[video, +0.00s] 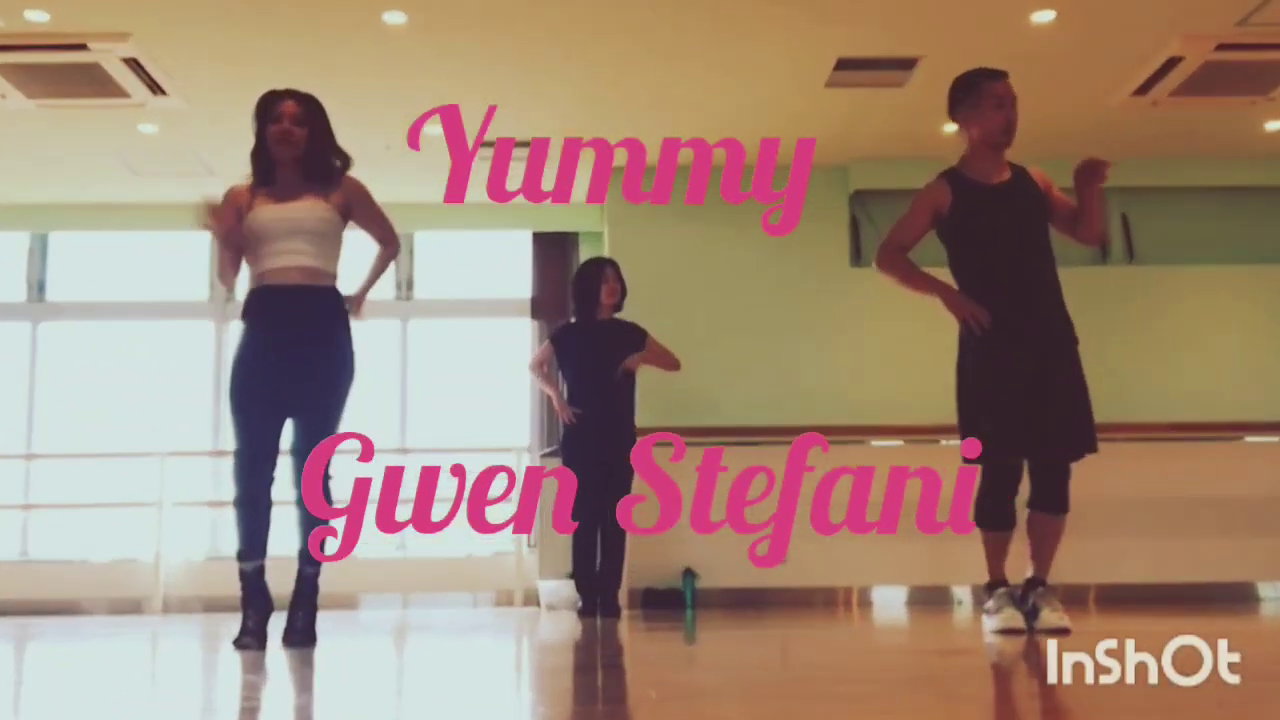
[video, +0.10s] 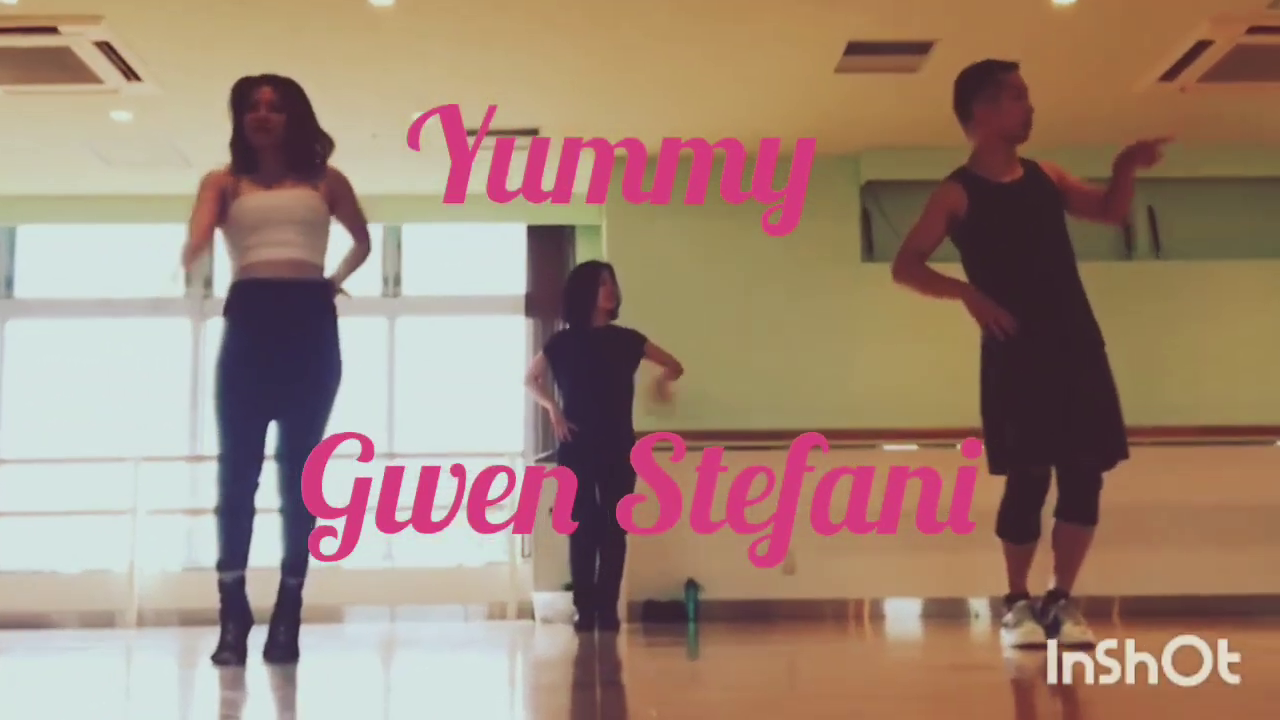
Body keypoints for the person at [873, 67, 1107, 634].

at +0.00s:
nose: (1010, 114)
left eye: (1012, 104)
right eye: (998, 105)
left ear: (1016, 112)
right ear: (964, 118)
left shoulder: (1031, 181)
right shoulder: (945, 191)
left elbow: (1088, 232)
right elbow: (889, 257)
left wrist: (1091, 188)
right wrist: (948, 295)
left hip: (1048, 342)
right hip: (991, 345)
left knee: (1052, 466)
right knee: (1000, 468)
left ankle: (1039, 589)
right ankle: (995, 588)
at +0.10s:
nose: (1029, 106)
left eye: (1027, 96)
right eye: (1016, 97)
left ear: (1008, 110)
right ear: (979, 112)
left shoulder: (1042, 175)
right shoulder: (957, 193)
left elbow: (1112, 211)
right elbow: (905, 268)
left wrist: (1126, 168)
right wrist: (967, 295)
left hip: (1074, 347)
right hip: (1015, 354)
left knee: (1083, 475)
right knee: (1028, 477)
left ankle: (1061, 601)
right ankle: (1018, 602)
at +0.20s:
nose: (1036, 101)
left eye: (1031, 90)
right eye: (1023, 92)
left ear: (1004, 106)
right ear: (985, 107)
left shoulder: (1049, 169)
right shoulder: (965, 192)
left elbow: (1130, 170)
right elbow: (922, 274)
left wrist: (1177, 123)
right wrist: (984, 295)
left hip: (1089, 347)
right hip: (1031, 357)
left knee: (1099, 478)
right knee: (1045, 481)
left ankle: (1072, 609)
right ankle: (1028, 608)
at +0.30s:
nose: (1034, 95)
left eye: (1029, 85)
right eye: (1021, 86)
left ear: (1000, 102)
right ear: (986, 102)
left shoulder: (1051, 161)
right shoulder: (968, 190)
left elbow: (1133, 139)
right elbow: (930, 275)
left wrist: (1194, 90)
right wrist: (994, 287)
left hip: (1093, 342)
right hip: (1034, 352)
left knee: (1102, 478)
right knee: (1048, 481)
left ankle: (1078, 611)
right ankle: (1032, 612)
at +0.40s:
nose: (1030, 94)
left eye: (1025, 83)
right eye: (1016, 84)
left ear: (993, 101)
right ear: (980, 102)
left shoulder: (1050, 159)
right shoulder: (966, 188)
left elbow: (1131, 125)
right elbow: (932, 273)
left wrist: (1195, 76)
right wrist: (997, 283)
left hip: (1090, 340)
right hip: (1031, 349)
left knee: (1097, 476)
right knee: (1043, 481)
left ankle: (1077, 610)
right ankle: (1031, 612)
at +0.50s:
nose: (1015, 96)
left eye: (1017, 86)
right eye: (1000, 88)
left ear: (1021, 98)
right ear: (967, 105)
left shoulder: (1046, 159)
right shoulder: (961, 189)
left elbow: (1123, 119)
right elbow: (924, 270)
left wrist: (1189, 66)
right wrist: (986, 282)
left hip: (1082, 340)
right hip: (1023, 349)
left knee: (1087, 475)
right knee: (1036, 478)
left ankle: (1071, 607)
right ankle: (1025, 607)